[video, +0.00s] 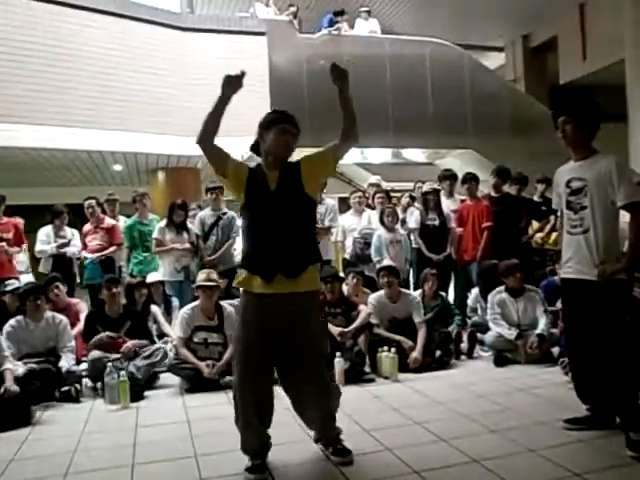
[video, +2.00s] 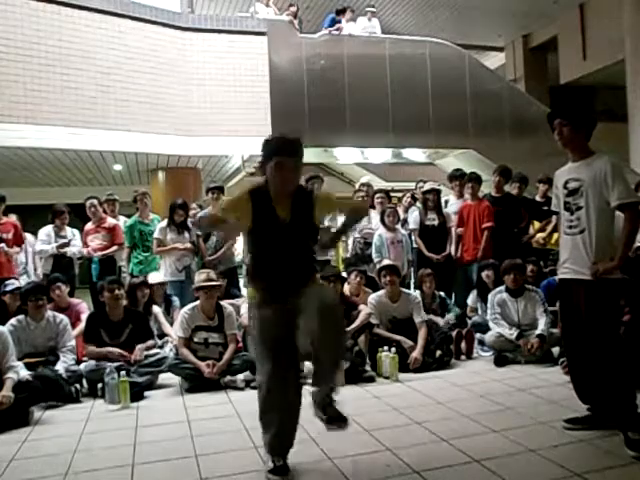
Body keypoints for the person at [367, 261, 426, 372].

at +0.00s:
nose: (387, 280)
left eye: (390, 276)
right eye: (383, 277)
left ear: (398, 279)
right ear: (379, 281)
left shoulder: (412, 299)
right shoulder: (374, 300)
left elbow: (421, 327)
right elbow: (375, 328)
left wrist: (418, 351)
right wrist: (401, 340)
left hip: (408, 329)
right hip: (386, 331)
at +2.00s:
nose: (389, 279)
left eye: (392, 275)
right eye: (385, 276)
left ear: (399, 277)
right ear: (380, 281)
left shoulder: (413, 299)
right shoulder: (374, 300)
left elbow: (422, 326)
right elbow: (375, 329)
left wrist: (418, 351)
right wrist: (401, 339)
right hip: (387, 337)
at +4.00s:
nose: (393, 282)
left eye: (397, 278)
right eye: (389, 278)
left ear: (403, 281)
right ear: (384, 282)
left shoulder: (418, 301)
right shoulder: (378, 302)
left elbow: (426, 329)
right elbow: (379, 330)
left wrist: (422, 354)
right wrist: (405, 342)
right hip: (391, 338)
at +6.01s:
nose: (393, 283)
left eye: (397, 279)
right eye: (389, 279)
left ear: (403, 281)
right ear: (385, 283)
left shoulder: (418, 300)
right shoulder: (378, 302)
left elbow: (426, 329)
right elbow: (378, 331)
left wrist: (422, 354)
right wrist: (405, 342)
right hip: (391, 337)